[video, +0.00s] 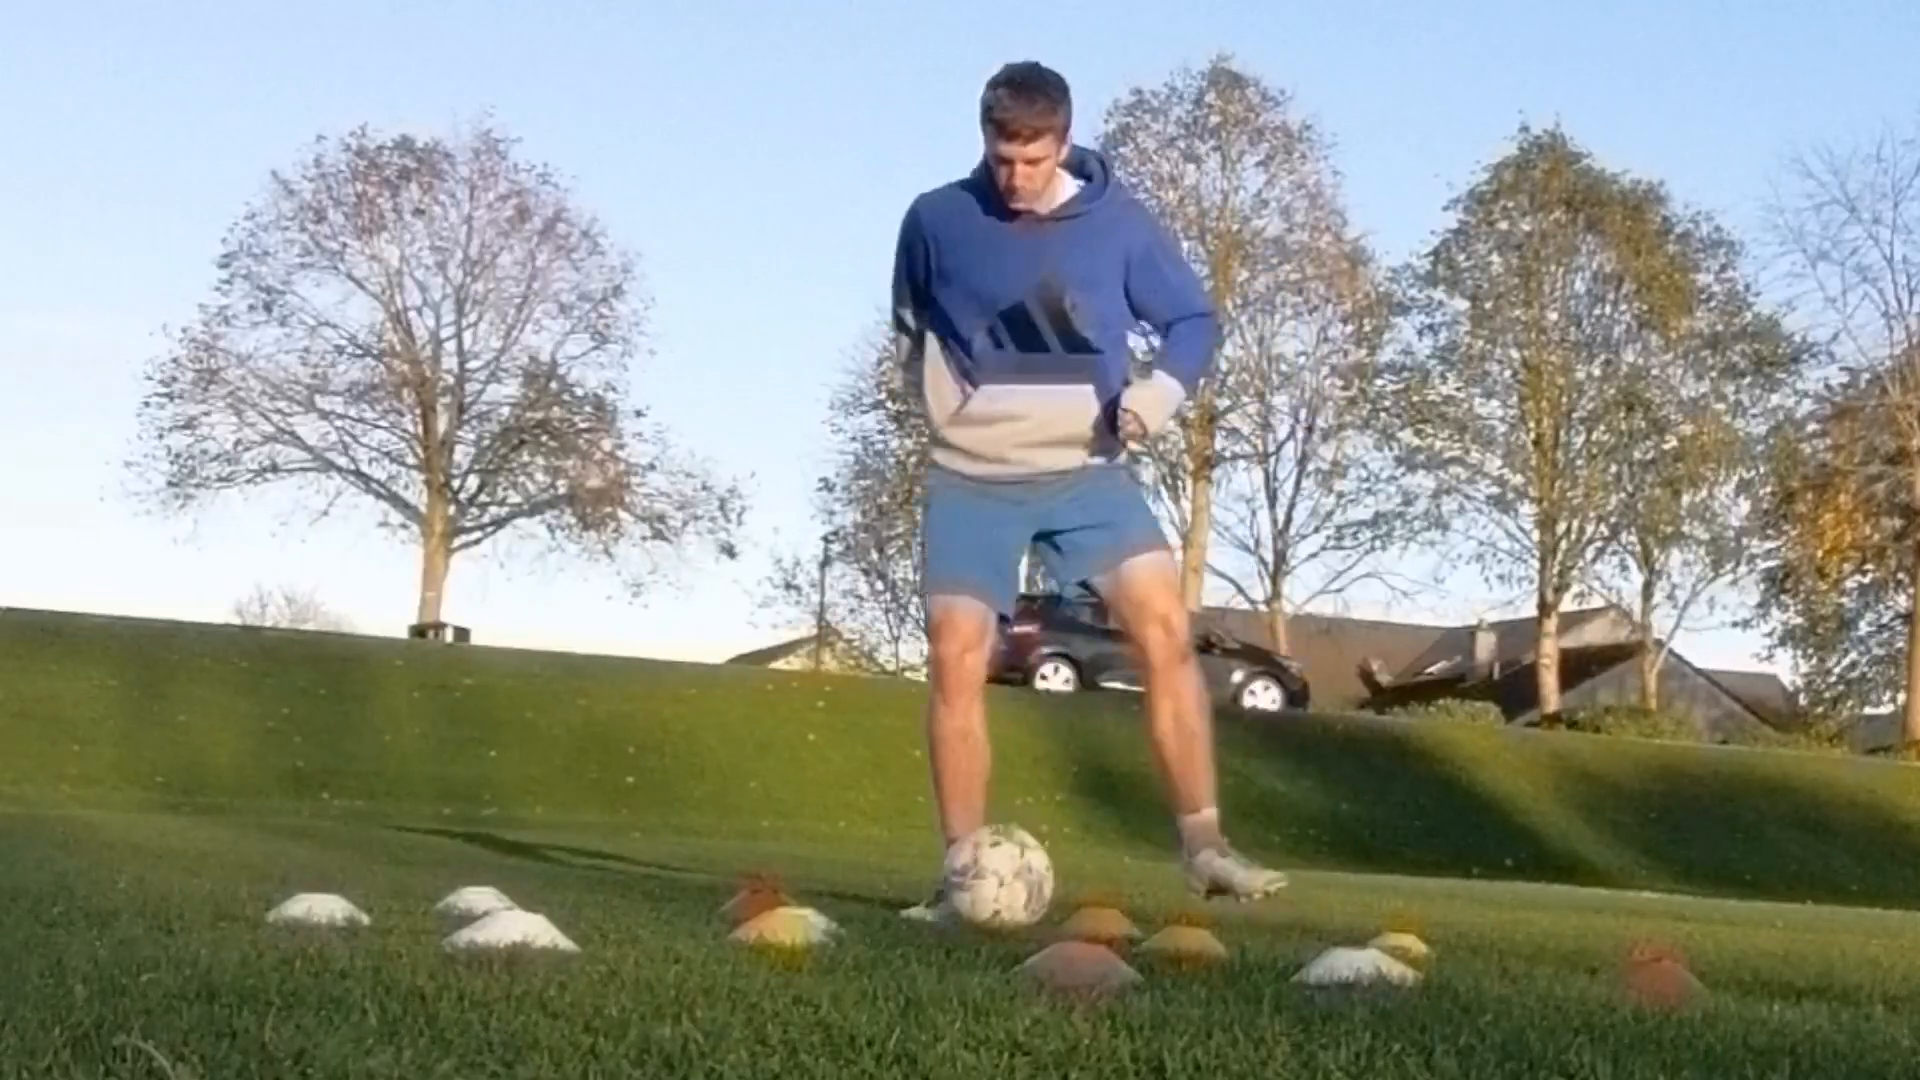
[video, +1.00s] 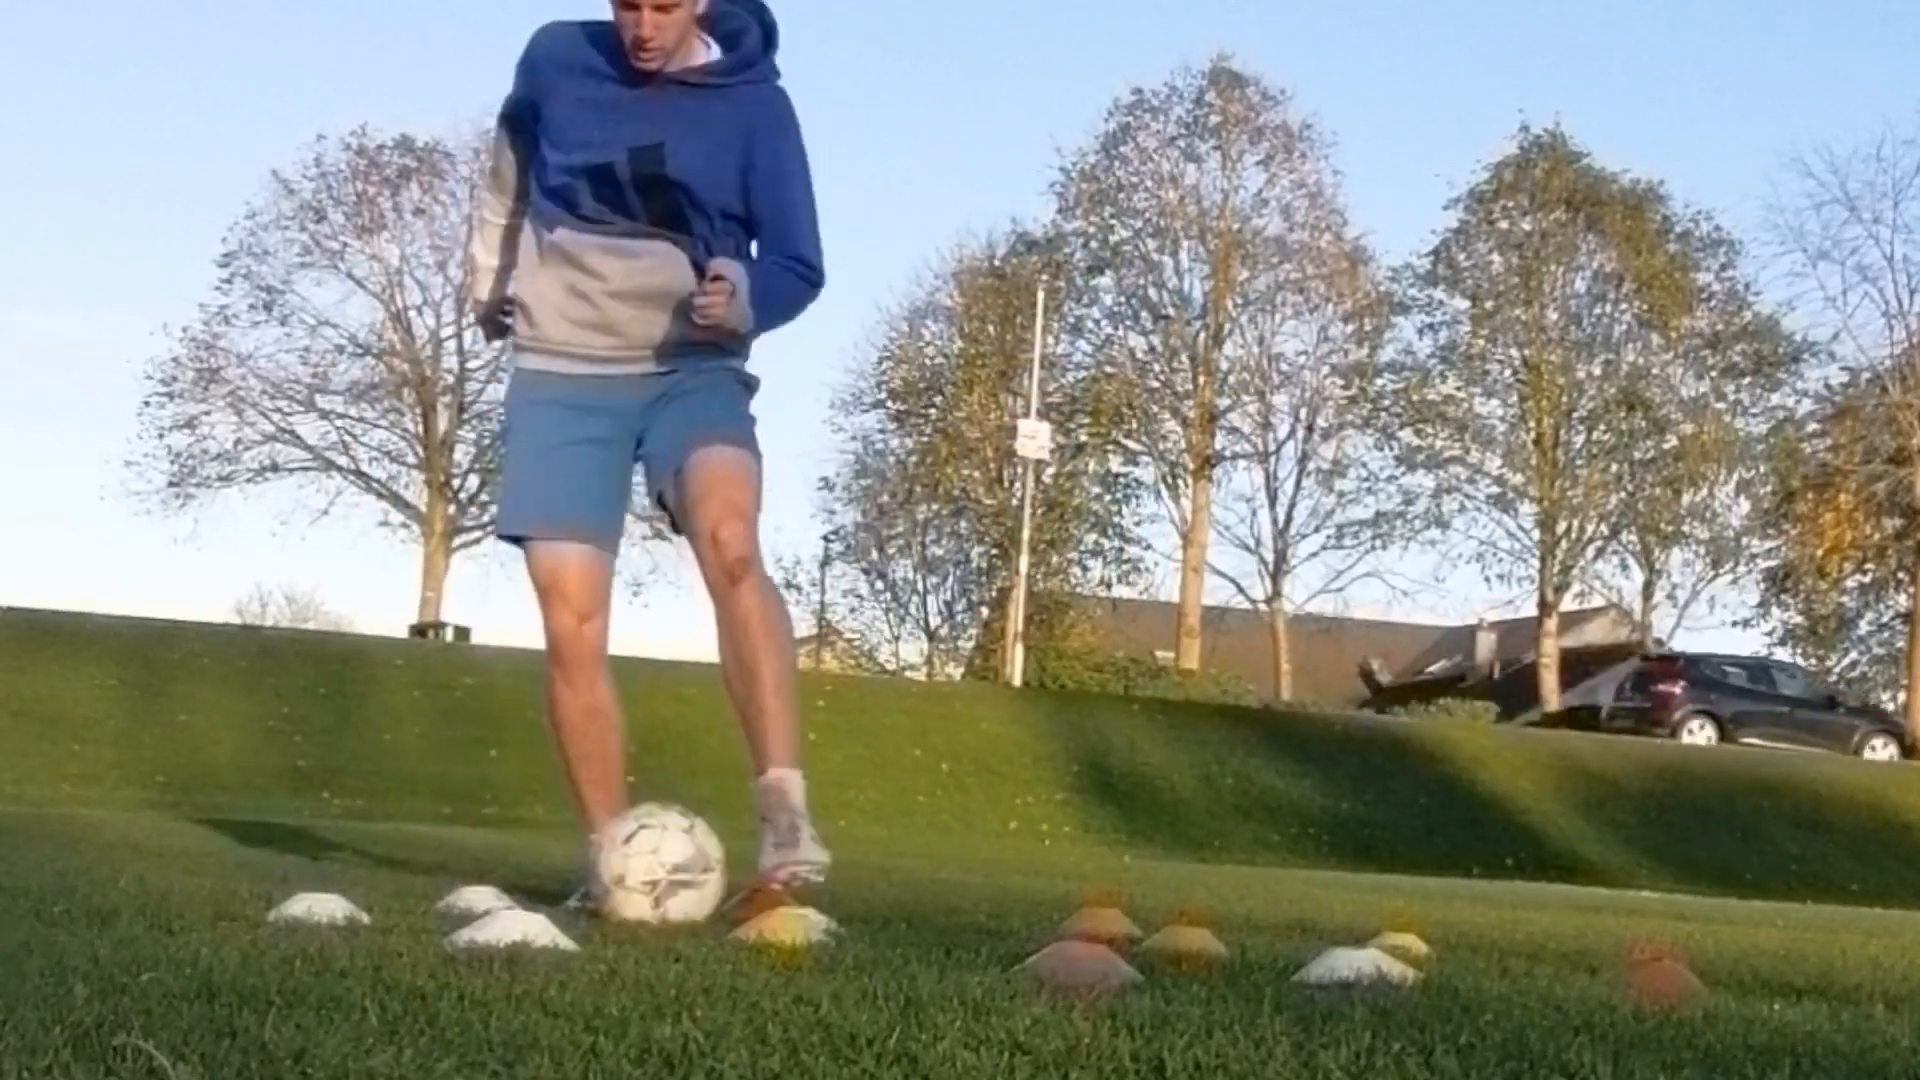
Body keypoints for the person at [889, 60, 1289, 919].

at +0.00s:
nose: (1019, 164)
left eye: (1036, 148)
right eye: (1005, 147)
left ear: (1064, 135)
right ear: (985, 132)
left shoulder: (1121, 220)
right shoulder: (935, 220)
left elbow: (1194, 319)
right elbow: (912, 325)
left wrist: (1163, 390)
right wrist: (944, 405)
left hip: (1094, 481)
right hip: (971, 486)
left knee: (1165, 632)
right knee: (955, 655)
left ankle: (1205, 847)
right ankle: (963, 874)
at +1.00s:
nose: (641, 26)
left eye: (662, 9)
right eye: (627, 7)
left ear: (701, 3)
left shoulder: (754, 100)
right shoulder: (557, 56)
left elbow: (796, 263)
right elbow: (509, 155)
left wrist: (747, 302)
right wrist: (490, 271)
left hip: (692, 381)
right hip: (559, 384)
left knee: (734, 550)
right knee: (570, 625)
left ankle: (785, 821)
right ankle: (612, 872)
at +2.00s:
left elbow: (410, 187)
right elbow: (69, 79)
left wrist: (352, 285)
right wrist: (61, 177)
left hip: (311, 364)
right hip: (129, 321)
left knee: (413, 603)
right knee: (5, 565)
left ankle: (147, 700)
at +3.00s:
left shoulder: (814, 19)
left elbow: (837, 59)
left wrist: (973, 97)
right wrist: (448, 31)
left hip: (576, 201)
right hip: (675, 186)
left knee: (640, 557)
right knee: (877, 472)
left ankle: (493, 879)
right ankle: (837, 810)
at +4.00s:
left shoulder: (772, 5)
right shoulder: (970, 5)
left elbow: (677, 89)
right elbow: (991, 121)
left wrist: (766, 172)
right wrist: (1066, 256)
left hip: (723, 284)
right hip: (852, 281)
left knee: (710, 585)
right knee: (994, 532)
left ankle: (645, 859)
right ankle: (911, 776)